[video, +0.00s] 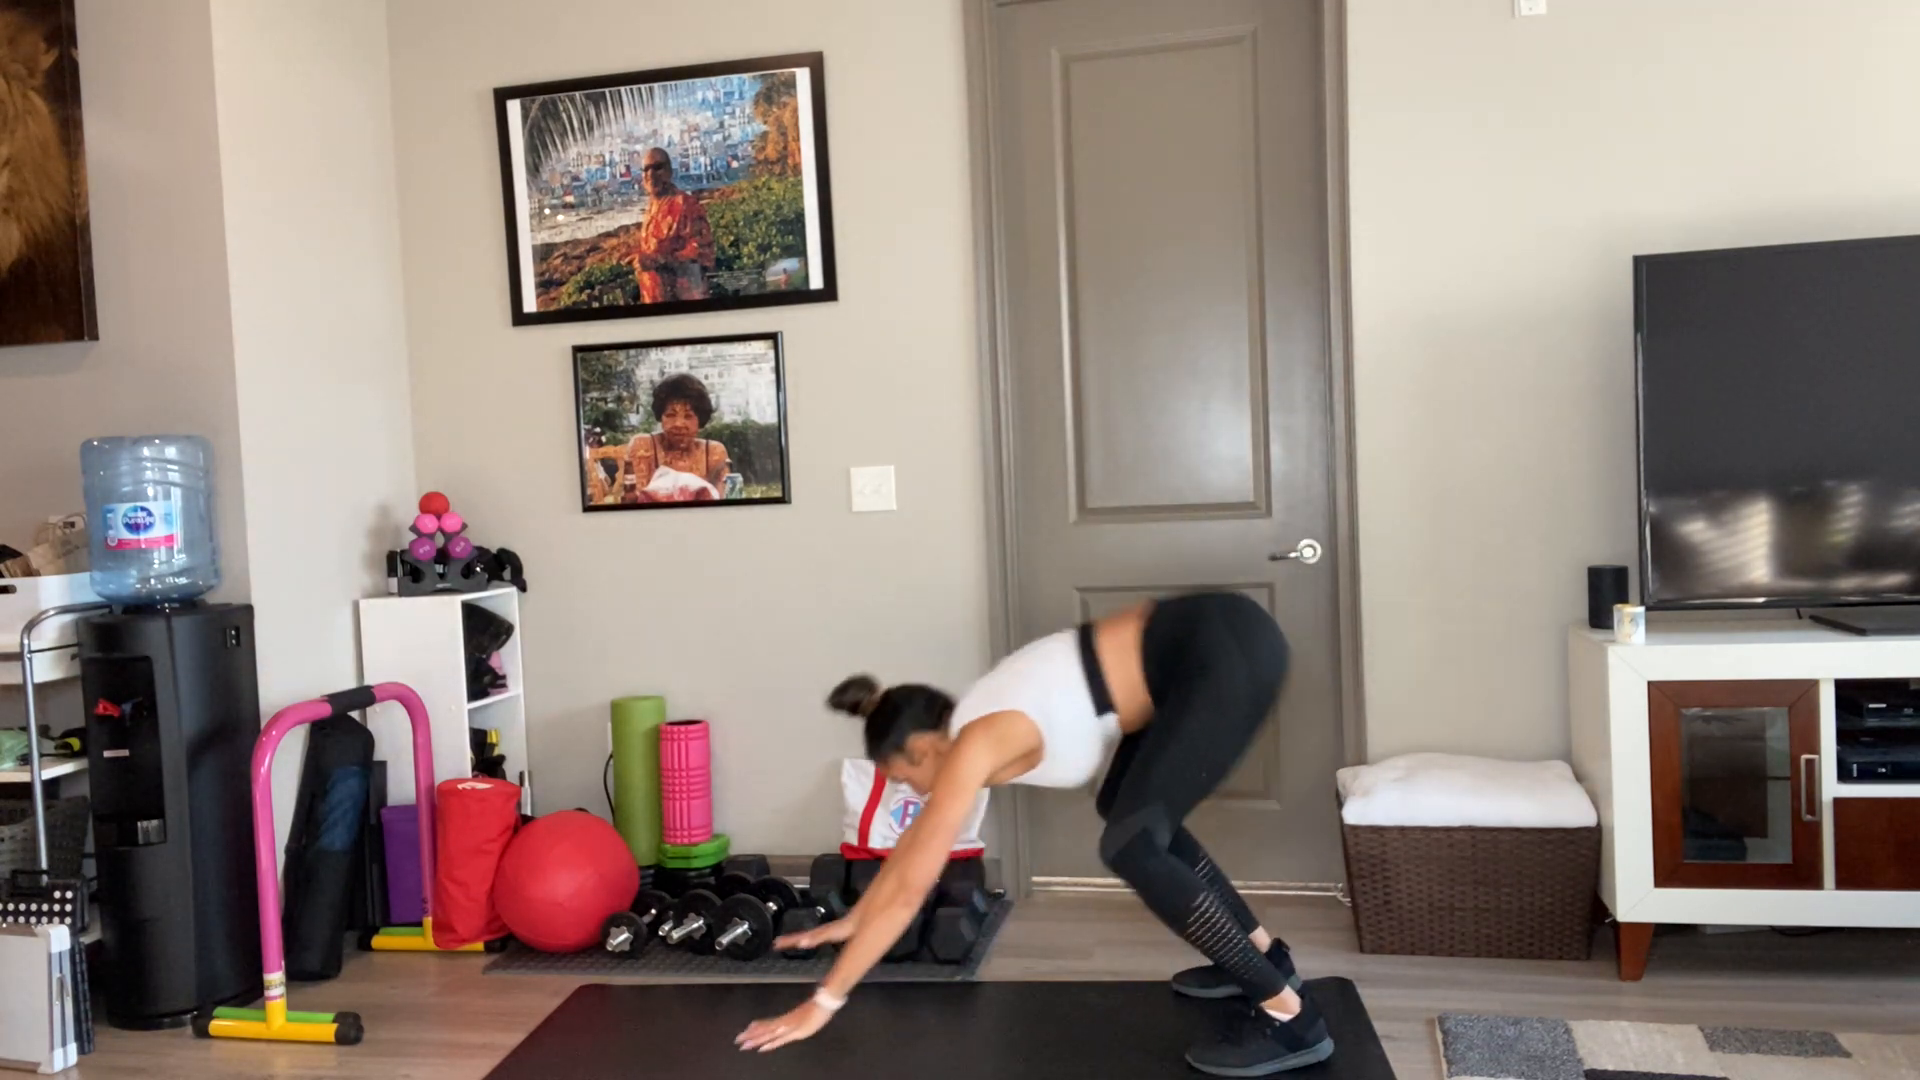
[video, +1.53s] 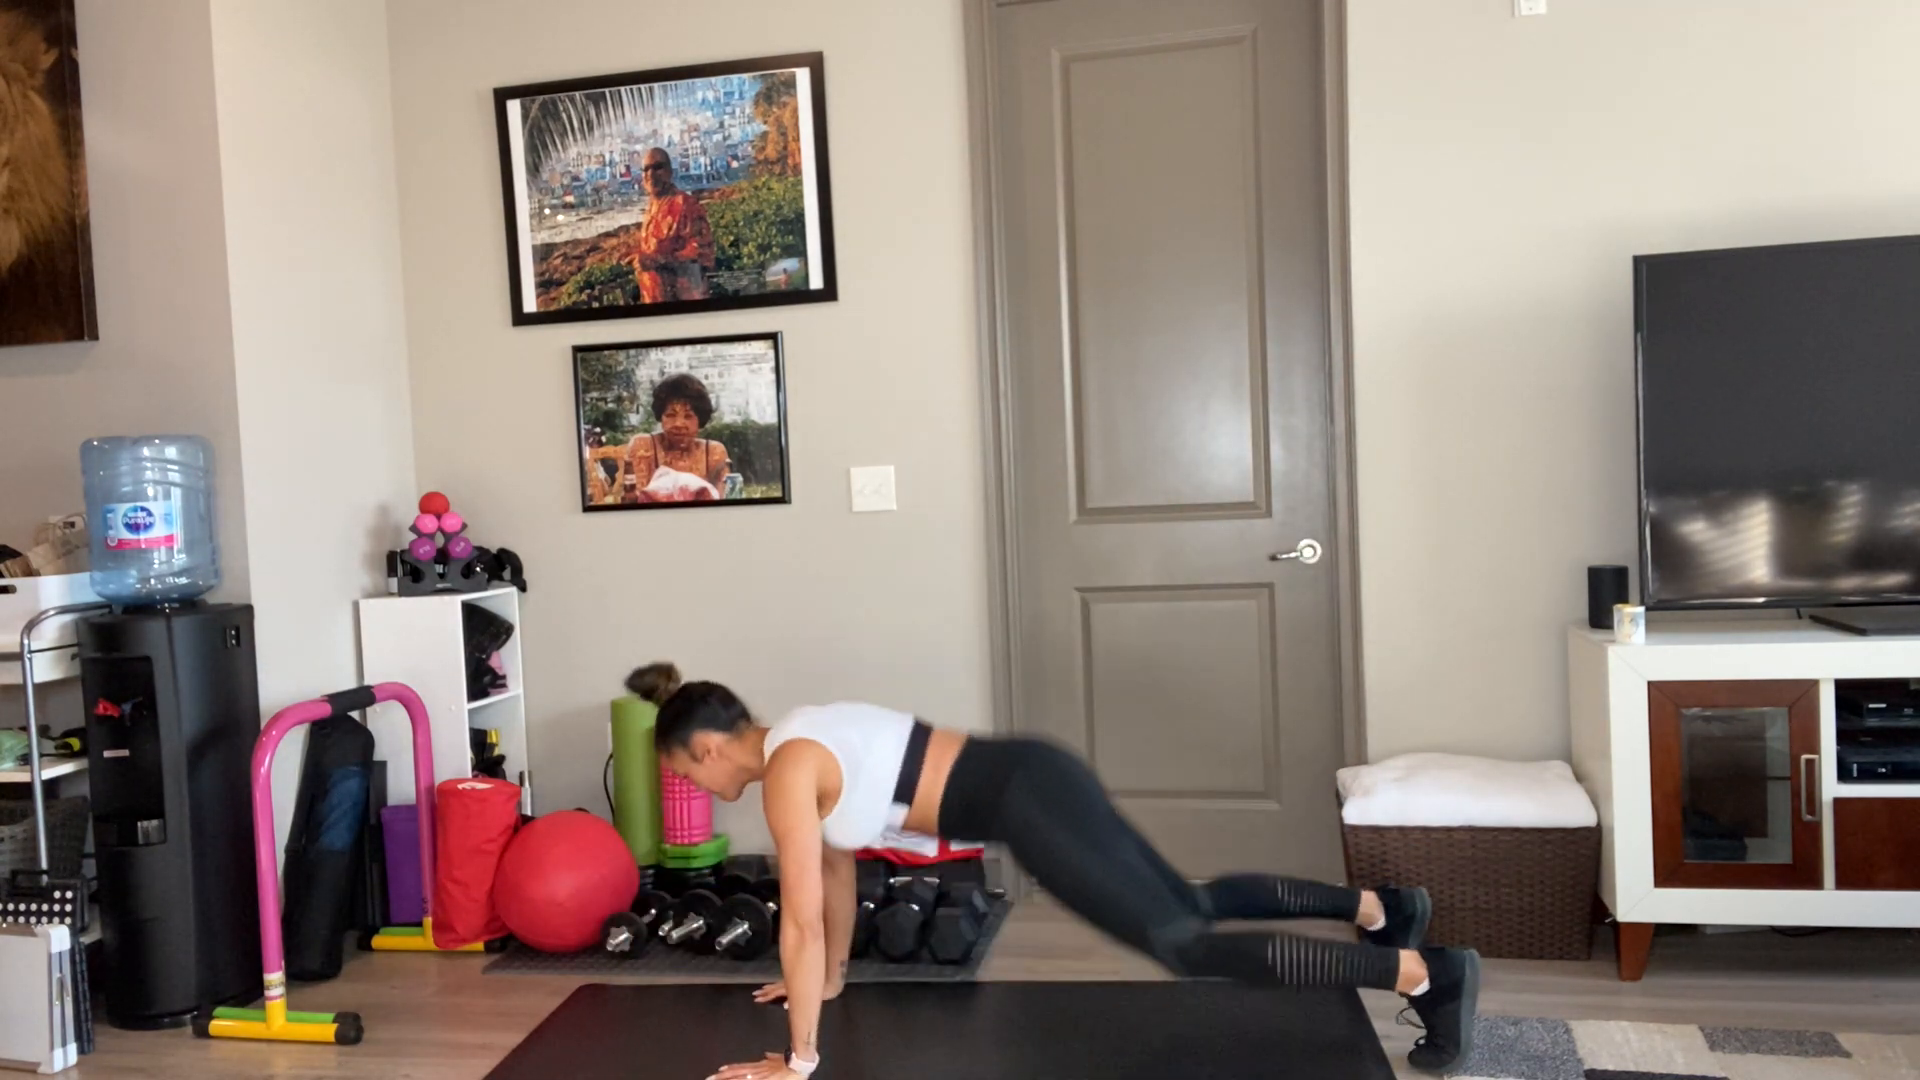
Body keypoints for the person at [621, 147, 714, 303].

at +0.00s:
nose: (650, 174)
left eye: (657, 167)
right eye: (646, 169)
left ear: (670, 172)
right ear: (642, 175)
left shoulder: (686, 205)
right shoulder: (653, 206)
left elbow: (703, 255)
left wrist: (655, 260)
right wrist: (639, 257)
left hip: (683, 297)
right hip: (655, 297)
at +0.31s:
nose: (650, 174)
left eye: (657, 167)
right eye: (646, 169)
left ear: (670, 172)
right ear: (642, 176)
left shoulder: (686, 204)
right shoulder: (653, 206)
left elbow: (703, 255)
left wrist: (656, 260)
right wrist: (639, 257)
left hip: (683, 297)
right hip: (655, 297)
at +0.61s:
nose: (650, 174)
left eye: (657, 167)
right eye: (646, 169)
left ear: (670, 172)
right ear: (642, 176)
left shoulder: (686, 204)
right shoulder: (653, 206)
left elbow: (702, 255)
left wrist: (655, 260)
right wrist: (638, 257)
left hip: (683, 297)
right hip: (655, 297)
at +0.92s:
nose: (651, 174)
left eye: (657, 167)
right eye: (646, 169)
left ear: (670, 172)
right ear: (642, 175)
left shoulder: (686, 205)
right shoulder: (653, 206)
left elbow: (702, 254)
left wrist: (654, 260)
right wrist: (638, 256)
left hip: (683, 297)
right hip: (655, 297)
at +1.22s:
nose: (650, 174)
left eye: (657, 167)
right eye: (646, 169)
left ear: (670, 172)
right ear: (642, 176)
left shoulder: (687, 205)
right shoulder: (653, 206)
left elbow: (703, 255)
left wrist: (655, 260)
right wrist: (638, 256)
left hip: (683, 297)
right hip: (655, 297)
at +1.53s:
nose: (650, 174)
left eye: (657, 167)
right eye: (646, 169)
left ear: (670, 172)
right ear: (642, 176)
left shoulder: (686, 205)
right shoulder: (653, 206)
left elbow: (703, 255)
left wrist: (655, 260)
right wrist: (638, 256)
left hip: (683, 297)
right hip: (655, 297)